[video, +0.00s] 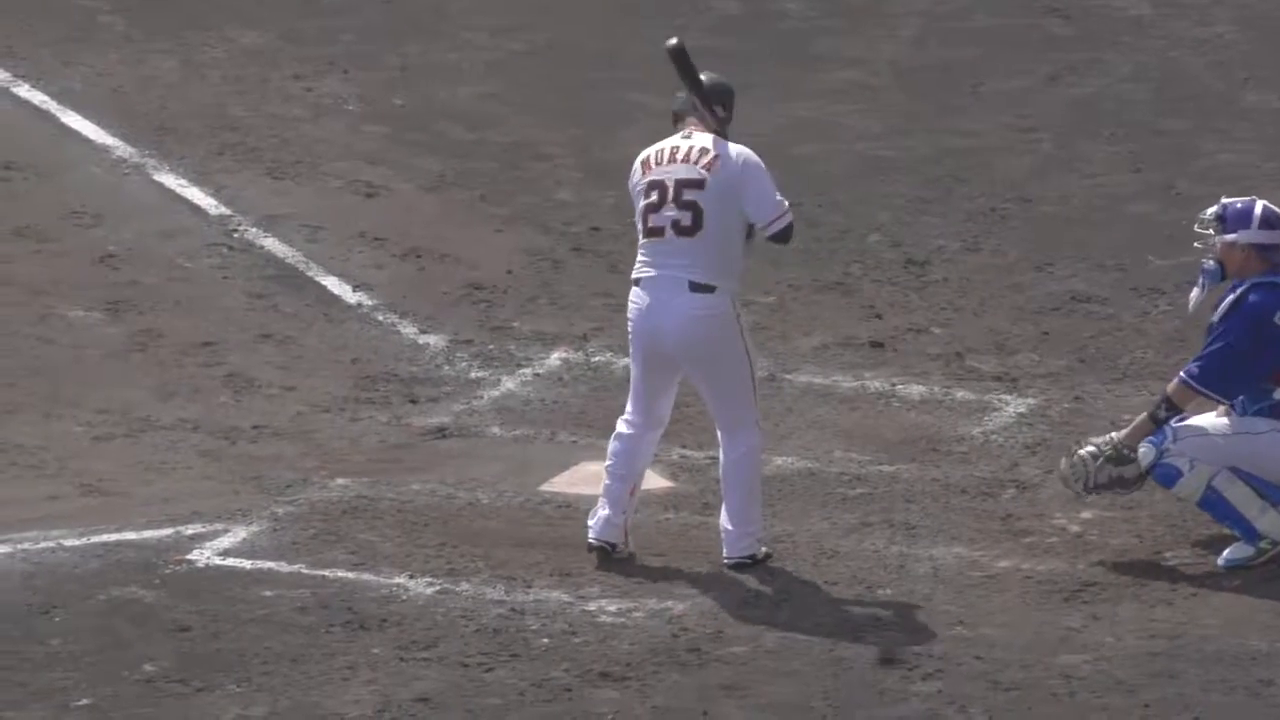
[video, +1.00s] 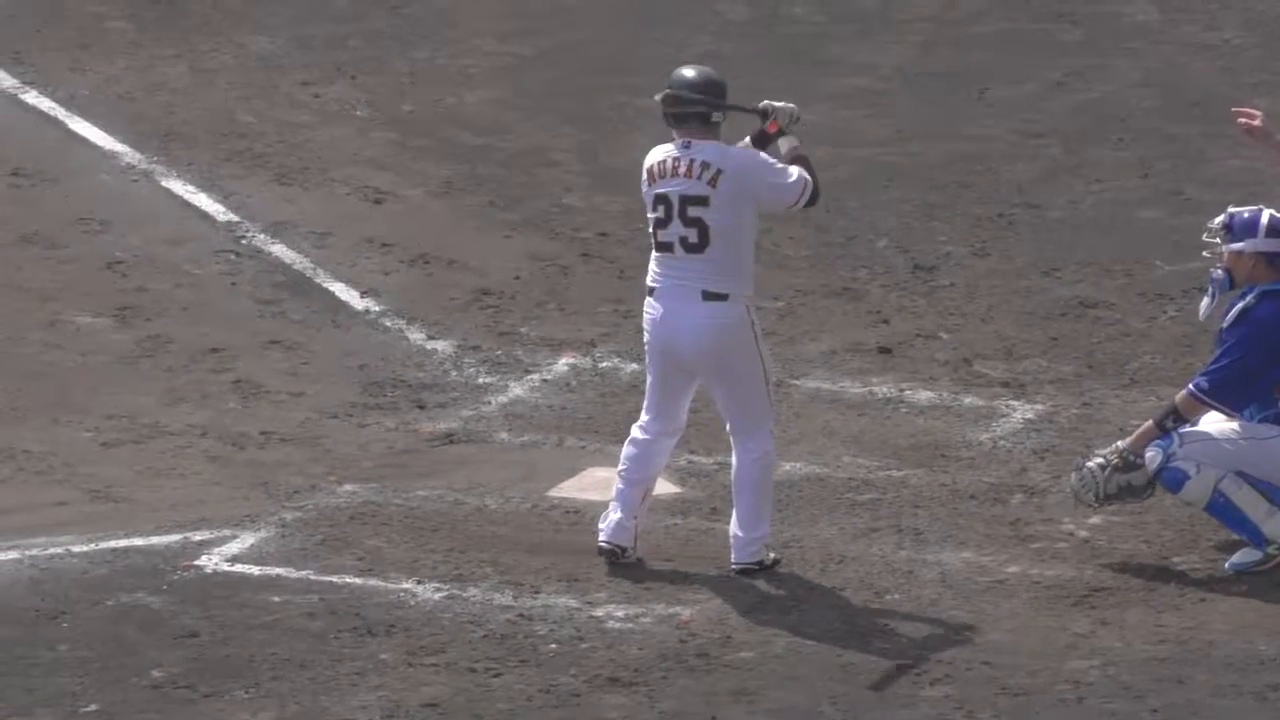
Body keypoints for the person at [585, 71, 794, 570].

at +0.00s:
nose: (729, 123)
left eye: (724, 116)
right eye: (728, 116)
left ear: (678, 115)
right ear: (723, 116)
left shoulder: (644, 161)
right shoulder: (737, 159)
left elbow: (656, 222)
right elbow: (780, 229)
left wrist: (730, 213)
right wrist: (734, 217)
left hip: (644, 304)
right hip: (706, 311)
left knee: (639, 417)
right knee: (738, 430)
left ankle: (605, 530)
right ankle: (741, 543)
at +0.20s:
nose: (660, 108)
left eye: (664, 102)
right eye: (662, 102)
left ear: (673, 106)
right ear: (715, 107)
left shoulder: (642, 159)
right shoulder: (738, 155)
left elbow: (680, 210)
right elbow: (795, 211)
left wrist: (749, 174)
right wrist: (781, 174)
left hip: (653, 304)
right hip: (716, 309)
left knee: (645, 416)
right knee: (741, 429)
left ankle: (607, 529)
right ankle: (741, 545)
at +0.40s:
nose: (662, 116)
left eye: (664, 110)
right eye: (666, 111)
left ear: (668, 110)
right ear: (712, 111)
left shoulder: (645, 159)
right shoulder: (738, 159)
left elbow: (697, 174)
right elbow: (799, 204)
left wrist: (749, 154)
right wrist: (787, 162)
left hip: (654, 308)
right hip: (717, 314)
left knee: (649, 419)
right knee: (745, 430)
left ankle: (611, 532)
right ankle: (745, 548)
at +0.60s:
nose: (662, 110)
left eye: (667, 105)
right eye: (665, 105)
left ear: (673, 109)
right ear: (715, 111)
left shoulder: (650, 160)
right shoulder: (741, 160)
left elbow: (703, 181)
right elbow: (804, 204)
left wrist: (755, 155)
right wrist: (788, 160)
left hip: (660, 308)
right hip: (722, 315)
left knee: (655, 419)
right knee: (749, 433)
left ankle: (614, 530)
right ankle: (747, 548)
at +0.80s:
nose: (665, 112)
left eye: (669, 107)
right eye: (667, 107)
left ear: (676, 110)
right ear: (718, 112)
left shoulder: (653, 161)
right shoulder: (745, 162)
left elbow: (704, 182)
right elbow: (806, 206)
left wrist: (755, 156)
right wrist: (788, 163)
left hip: (663, 310)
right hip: (726, 316)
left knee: (657, 419)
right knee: (752, 433)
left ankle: (615, 529)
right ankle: (748, 548)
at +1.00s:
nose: (687, 119)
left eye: (675, 110)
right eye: (718, 111)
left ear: (671, 113)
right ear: (720, 114)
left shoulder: (653, 162)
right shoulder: (743, 164)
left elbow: (712, 174)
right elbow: (806, 190)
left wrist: (761, 137)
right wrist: (791, 146)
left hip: (661, 312)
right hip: (724, 318)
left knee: (655, 421)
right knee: (751, 433)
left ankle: (615, 532)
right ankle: (748, 550)